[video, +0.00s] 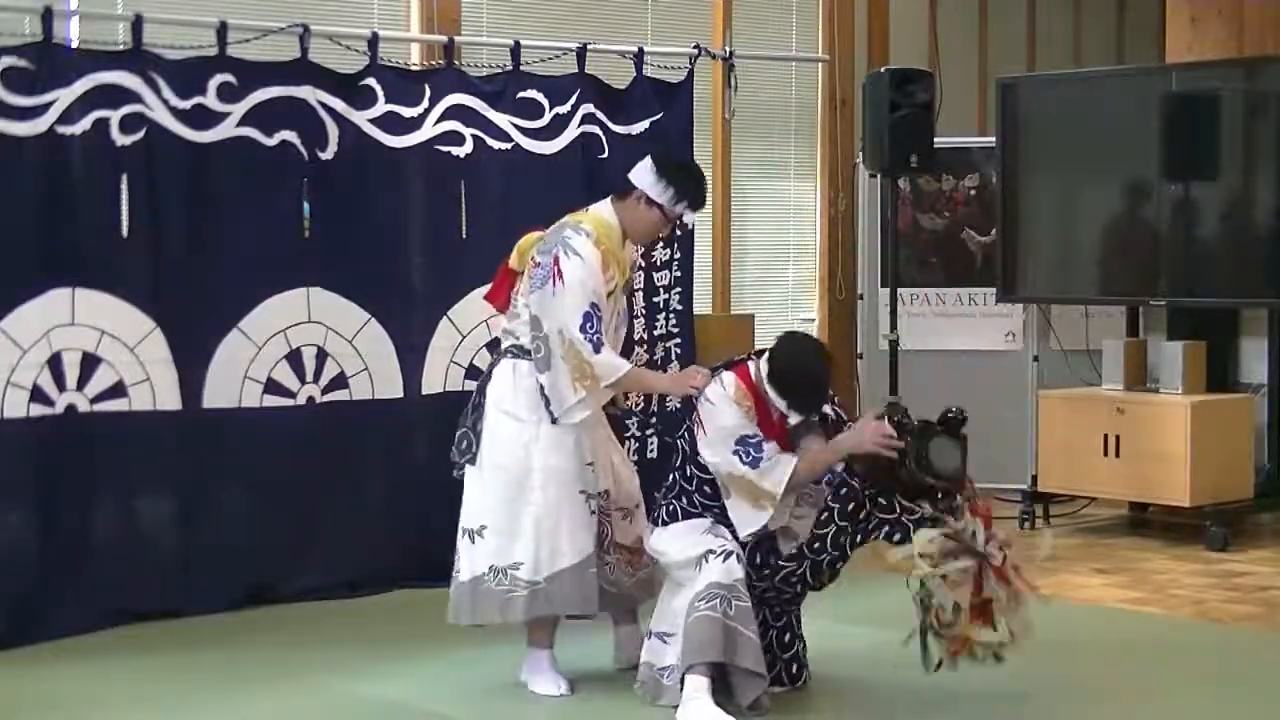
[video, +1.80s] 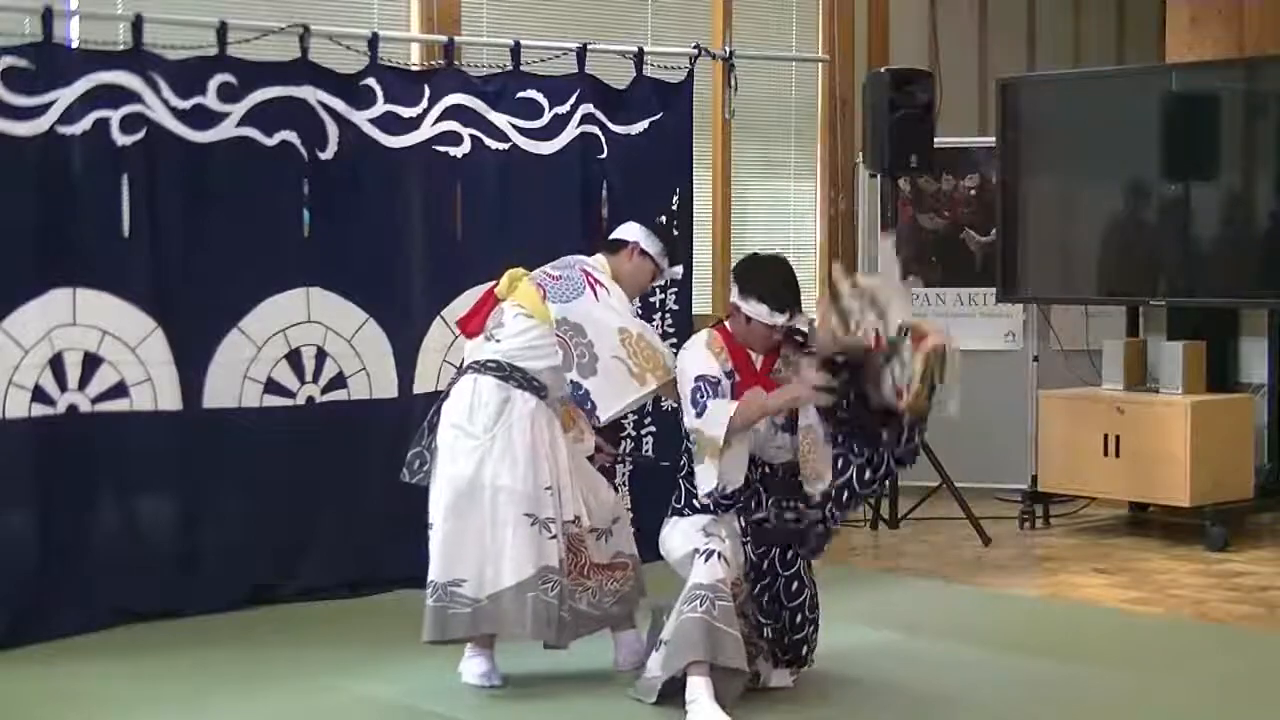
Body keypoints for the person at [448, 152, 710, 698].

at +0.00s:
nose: (666, 235)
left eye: (673, 226)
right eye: (668, 222)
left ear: (642, 202)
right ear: (642, 200)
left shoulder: (614, 249)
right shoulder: (577, 246)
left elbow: (598, 348)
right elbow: (583, 353)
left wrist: (625, 391)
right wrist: (663, 382)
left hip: (574, 404)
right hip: (533, 403)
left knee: (618, 507)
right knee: (551, 519)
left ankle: (630, 640)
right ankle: (539, 658)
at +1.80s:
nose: (651, 285)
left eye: (656, 277)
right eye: (652, 273)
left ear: (621, 252)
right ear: (631, 253)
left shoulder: (566, 276)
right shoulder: (592, 283)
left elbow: (546, 377)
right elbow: (651, 363)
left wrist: (586, 436)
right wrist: (703, 400)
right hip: (499, 403)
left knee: (604, 510)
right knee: (488, 525)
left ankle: (628, 642)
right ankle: (479, 650)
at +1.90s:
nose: (646, 290)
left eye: (651, 283)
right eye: (648, 277)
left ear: (621, 255)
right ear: (629, 256)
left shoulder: (559, 273)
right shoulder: (593, 283)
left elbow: (547, 380)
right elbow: (643, 341)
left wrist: (579, 433)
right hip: (501, 406)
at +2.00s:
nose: (644, 290)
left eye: (649, 282)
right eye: (646, 276)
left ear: (619, 255)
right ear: (627, 255)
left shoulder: (559, 274)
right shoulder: (594, 280)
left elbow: (543, 384)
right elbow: (656, 349)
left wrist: (581, 443)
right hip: (492, 403)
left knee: (593, 512)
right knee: (487, 526)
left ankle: (627, 643)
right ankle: (478, 653)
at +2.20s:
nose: (640, 280)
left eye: (646, 271)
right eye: (643, 266)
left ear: (613, 243)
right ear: (622, 245)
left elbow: (542, 370)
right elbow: (634, 353)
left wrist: (577, 432)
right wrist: (654, 408)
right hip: (498, 399)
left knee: (594, 510)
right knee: (488, 522)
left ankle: (627, 642)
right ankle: (478, 652)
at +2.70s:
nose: (666, 248)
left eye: (672, 239)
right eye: (664, 233)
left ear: (636, 219)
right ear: (633, 214)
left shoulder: (603, 261)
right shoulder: (588, 256)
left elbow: (577, 353)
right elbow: (606, 349)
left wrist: (595, 411)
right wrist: (697, 352)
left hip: (551, 399)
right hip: (506, 389)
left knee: (616, 508)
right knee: (498, 516)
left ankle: (630, 645)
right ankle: (478, 650)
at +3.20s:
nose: (672, 258)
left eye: (679, 249)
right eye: (673, 244)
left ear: (643, 227)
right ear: (644, 223)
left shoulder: (604, 263)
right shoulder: (595, 261)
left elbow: (587, 357)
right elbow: (595, 347)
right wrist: (678, 331)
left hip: (557, 405)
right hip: (515, 398)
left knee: (621, 506)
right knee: (500, 519)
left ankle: (633, 647)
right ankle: (479, 651)